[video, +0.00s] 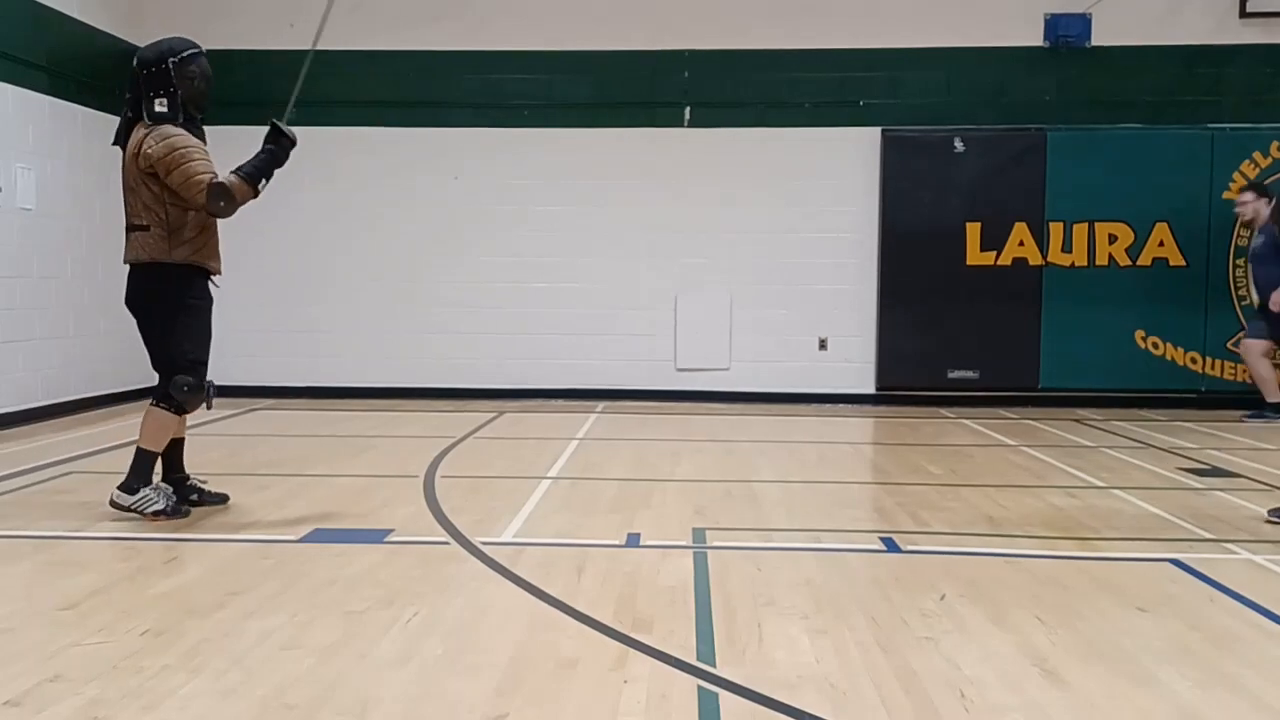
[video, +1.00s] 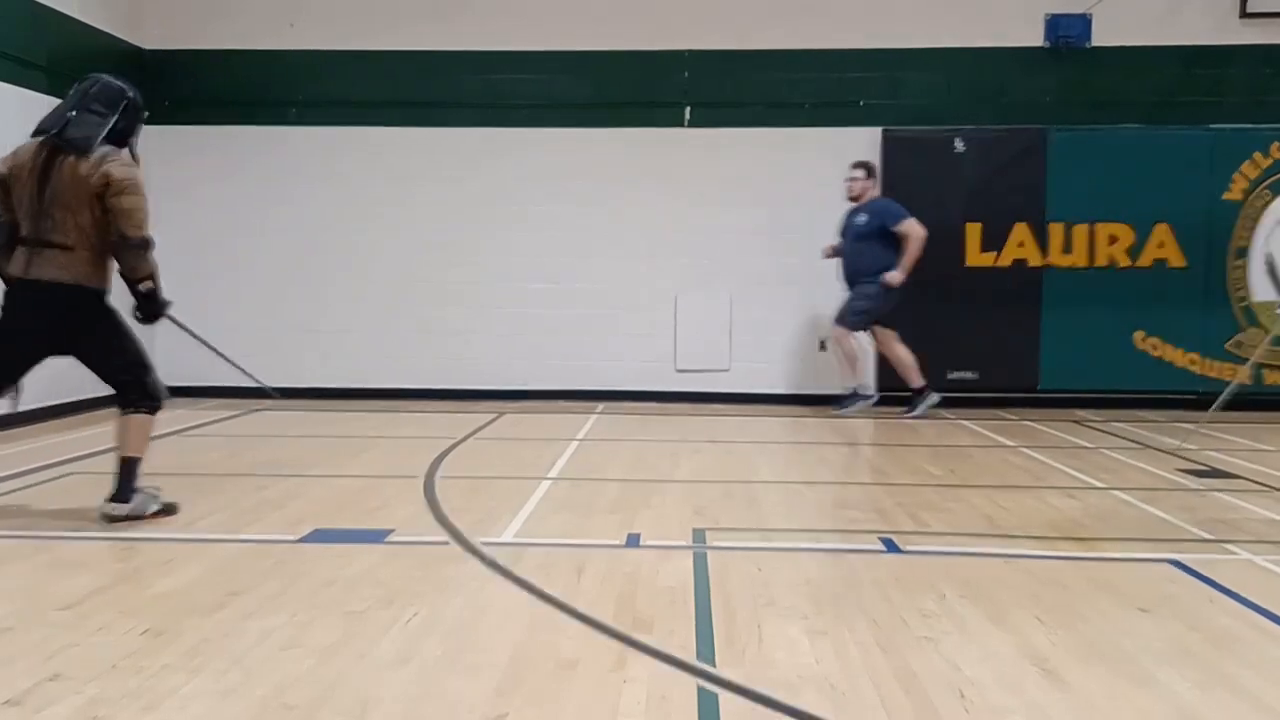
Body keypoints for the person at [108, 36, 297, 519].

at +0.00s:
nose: (206, 87)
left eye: (205, 78)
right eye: (198, 78)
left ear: (161, 87)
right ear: (171, 83)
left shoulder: (148, 136)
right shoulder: (168, 140)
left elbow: (206, 191)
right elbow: (218, 198)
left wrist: (252, 171)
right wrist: (267, 159)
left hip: (158, 279)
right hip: (173, 280)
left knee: (179, 381)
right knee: (183, 384)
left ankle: (174, 480)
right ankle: (135, 484)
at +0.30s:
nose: (208, 117)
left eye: (211, 107)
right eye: (207, 105)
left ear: (166, 92)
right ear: (186, 98)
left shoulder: (127, 133)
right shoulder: (164, 137)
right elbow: (192, 213)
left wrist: (230, 225)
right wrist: (256, 226)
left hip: (126, 278)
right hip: (152, 280)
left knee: (161, 383)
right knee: (168, 386)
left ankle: (175, 482)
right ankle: (126, 492)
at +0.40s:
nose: (207, 123)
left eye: (211, 114)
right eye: (207, 112)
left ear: (164, 93)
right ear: (188, 101)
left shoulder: (110, 136)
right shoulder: (169, 140)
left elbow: (92, 205)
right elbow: (186, 215)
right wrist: (242, 259)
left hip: (103, 276)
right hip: (139, 279)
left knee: (147, 381)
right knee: (149, 384)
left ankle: (167, 479)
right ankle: (124, 494)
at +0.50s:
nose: (204, 129)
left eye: (207, 120)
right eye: (204, 118)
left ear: (157, 95)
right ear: (188, 109)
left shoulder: (102, 134)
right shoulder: (172, 143)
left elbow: (76, 210)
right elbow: (183, 221)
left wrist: (98, 240)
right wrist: (216, 276)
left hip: (88, 271)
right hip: (128, 276)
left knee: (122, 376)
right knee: (140, 380)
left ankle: (137, 473)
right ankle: (124, 494)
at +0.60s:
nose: (198, 131)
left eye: (201, 123)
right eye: (199, 121)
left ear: (148, 98)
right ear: (185, 112)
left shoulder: (91, 135)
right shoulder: (171, 146)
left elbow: (62, 209)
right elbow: (170, 222)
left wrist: (70, 263)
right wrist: (190, 280)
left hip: (74, 269)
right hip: (122, 276)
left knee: (92, 371)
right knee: (140, 379)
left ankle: (93, 476)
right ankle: (124, 491)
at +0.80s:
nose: (175, 130)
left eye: (177, 122)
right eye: (175, 120)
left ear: (124, 97)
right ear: (162, 114)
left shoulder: (67, 138)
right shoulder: (153, 152)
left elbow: (36, 212)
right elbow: (160, 232)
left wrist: (42, 270)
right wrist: (168, 287)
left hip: (52, 279)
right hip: (108, 286)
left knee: (36, 372)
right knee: (140, 384)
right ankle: (125, 493)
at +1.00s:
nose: (132, 135)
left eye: (132, 125)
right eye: (131, 125)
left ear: (73, 110)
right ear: (119, 123)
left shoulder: (23, 155)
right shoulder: (113, 164)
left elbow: (1, 221)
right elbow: (130, 240)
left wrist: (12, 270)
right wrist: (147, 293)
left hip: (21, 307)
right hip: (78, 309)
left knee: (1, 383)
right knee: (141, 388)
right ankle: (126, 492)